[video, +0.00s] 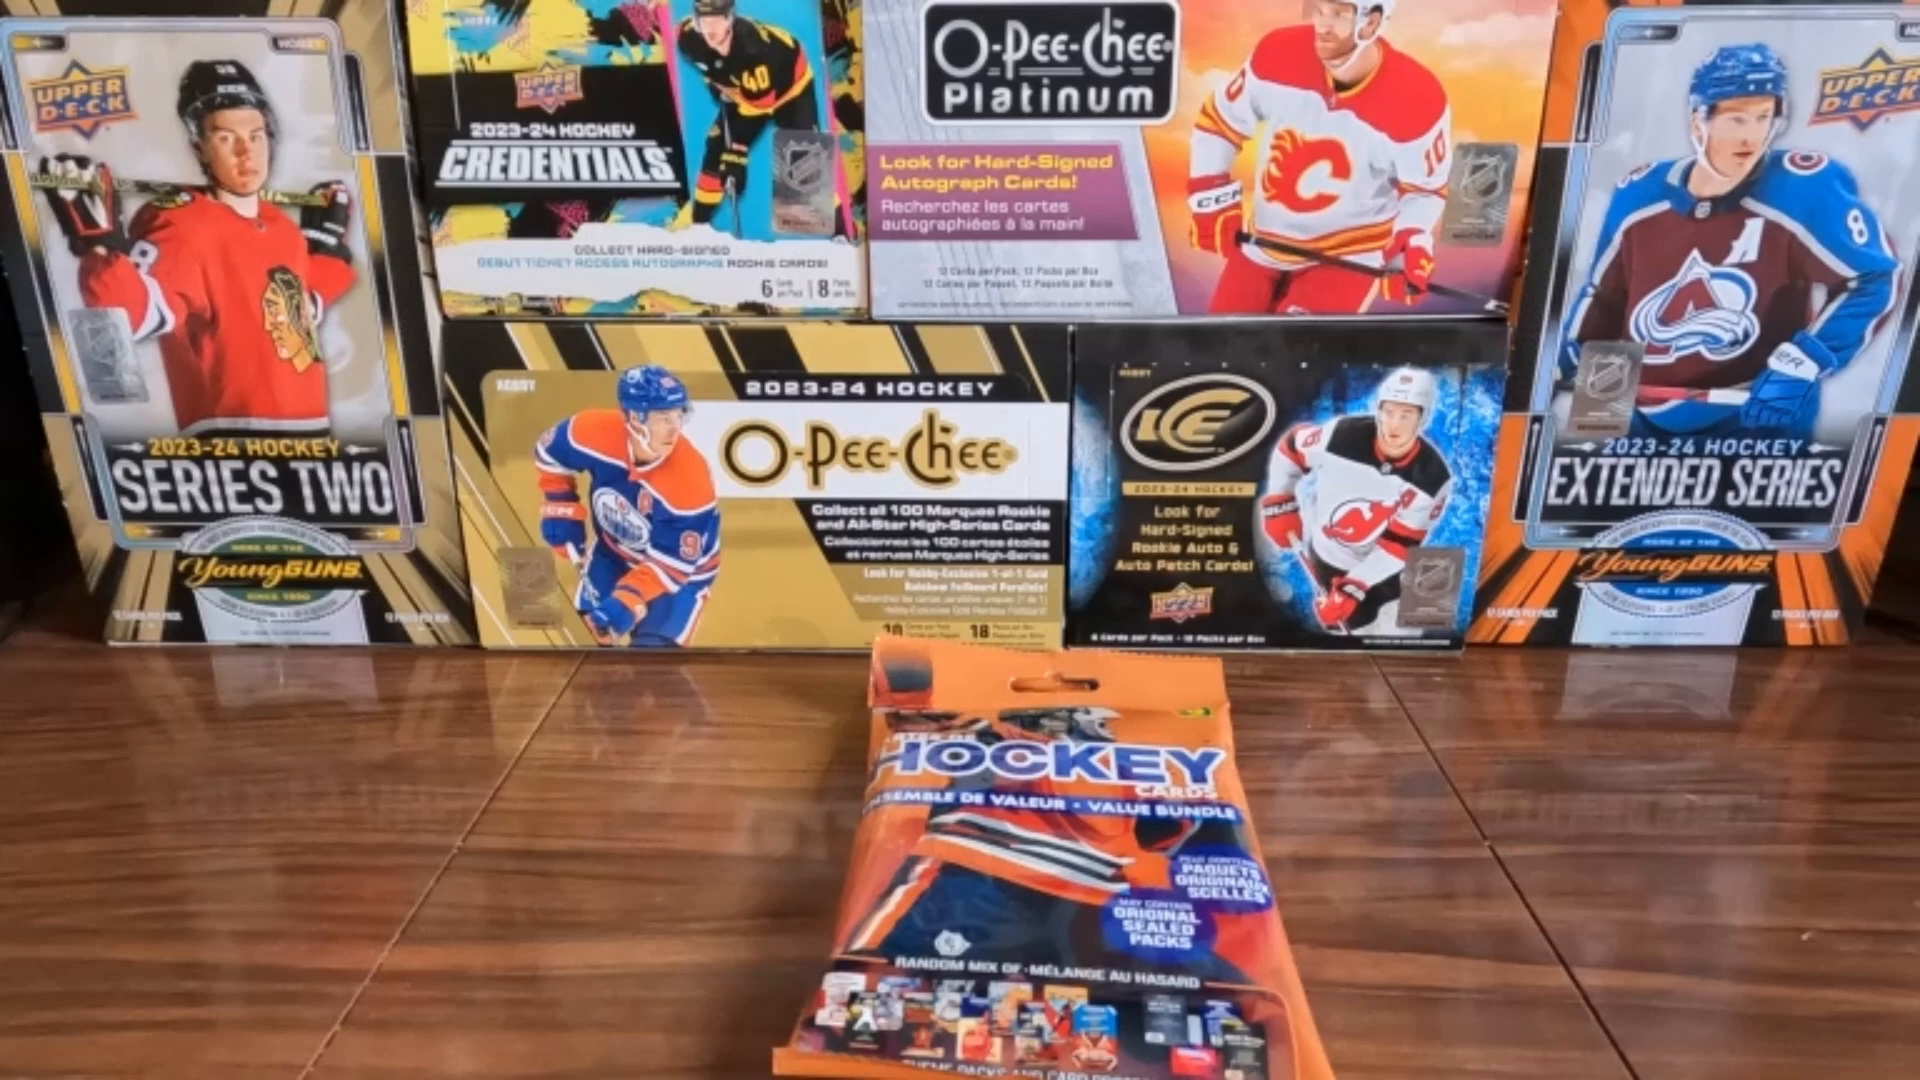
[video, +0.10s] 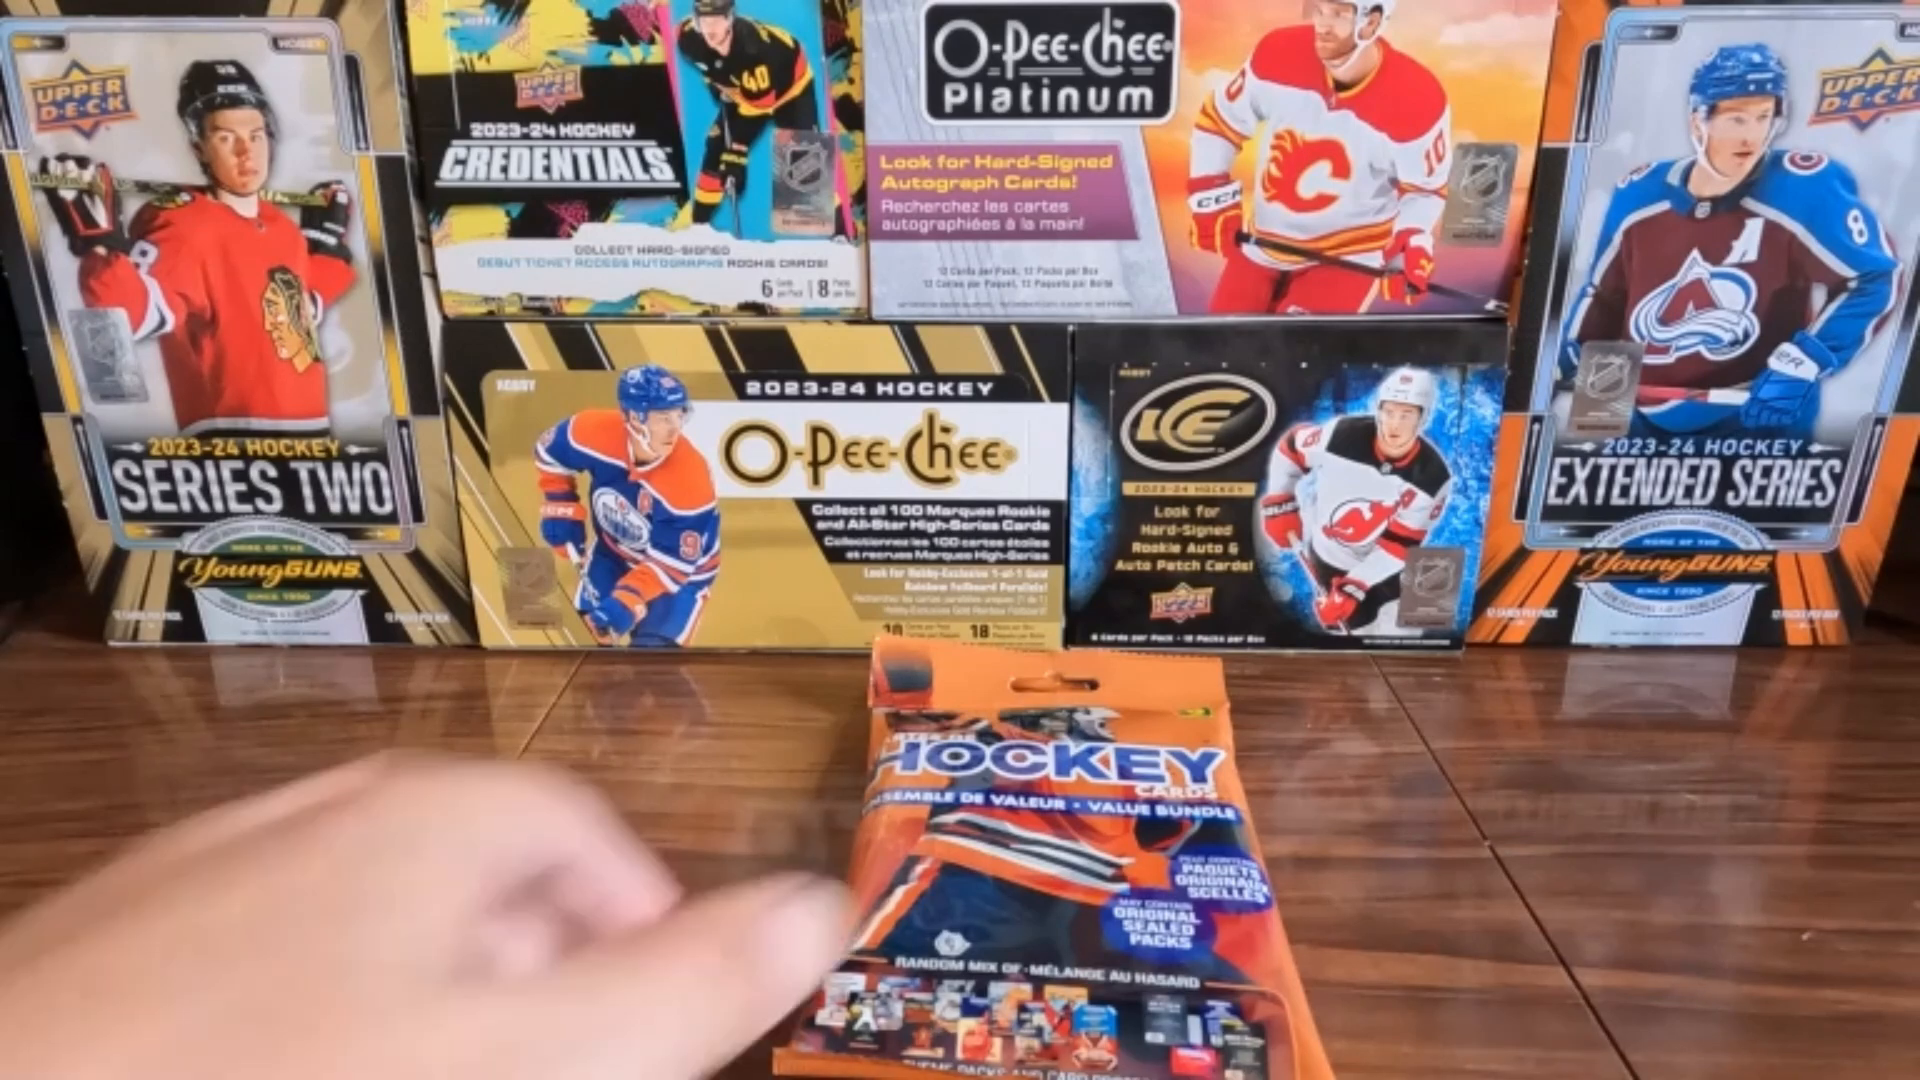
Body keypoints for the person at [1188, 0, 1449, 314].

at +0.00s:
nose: (1323, 26)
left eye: (1339, 14)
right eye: (1318, 11)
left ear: (1373, 23)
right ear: (1309, 10)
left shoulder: (1416, 96)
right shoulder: (1277, 56)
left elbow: (1424, 190)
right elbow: (1216, 124)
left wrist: (1414, 250)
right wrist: (1213, 202)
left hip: (1347, 260)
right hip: (1261, 247)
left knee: (1285, 361)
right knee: (1218, 354)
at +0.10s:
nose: (1323, 26)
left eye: (1339, 14)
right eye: (1318, 11)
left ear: (1372, 23)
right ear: (1309, 10)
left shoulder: (1416, 96)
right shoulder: (1276, 55)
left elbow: (1424, 190)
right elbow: (1216, 124)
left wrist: (1415, 248)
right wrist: (1213, 202)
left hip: (1348, 260)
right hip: (1262, 247)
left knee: (1284, 362)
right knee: (1218, 354)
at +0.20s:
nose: (1323, 26)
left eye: (1339, 14)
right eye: (1318, 11)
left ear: (1373, 23)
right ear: (1309, 10)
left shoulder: (1416, 96)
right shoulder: (1277, 55)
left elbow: (1424, 190)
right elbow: (1216, 124)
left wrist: (1414, 249)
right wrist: (1213, 202)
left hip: (1348, 260)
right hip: (1261, 247)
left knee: (1286, 361)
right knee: (1218, 355)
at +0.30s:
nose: (1323, 26)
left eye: (1339, 15)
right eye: (1318, 11)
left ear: (1372, 22)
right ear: (1310, 10)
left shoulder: (1416, 96)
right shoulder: (1276, 56)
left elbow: (1424, 190)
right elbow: (1216, 124)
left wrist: (1414, 248)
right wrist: (1213, 202)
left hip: (1348, 260)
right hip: (1261, 247)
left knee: (1285, 362)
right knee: (1218, 354)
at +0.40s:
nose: (1323, 26)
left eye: (1339, 15)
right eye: (1318, 11)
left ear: (1373, 22)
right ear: (1310, 10)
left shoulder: (1416, 96)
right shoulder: (1276, 55)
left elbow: (1424, 190)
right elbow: (1216, 125)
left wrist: (1414, 248)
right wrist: (1213, 203)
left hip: (1348, 259)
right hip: (1262, 246)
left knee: (1286, 363)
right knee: (1218, 357)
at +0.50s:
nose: (1323, 26)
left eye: (1339, 14)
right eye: (1318, 11)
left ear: (1373, 22)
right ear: (1310, 10)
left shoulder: (1416, 95)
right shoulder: (1276, 56)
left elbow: (1424, 190)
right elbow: (1216, 124)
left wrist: (1414, 248)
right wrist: (1213, 202)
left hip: (1348, 260)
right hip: (1261, 247)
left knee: (1285, 364)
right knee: (1219, 357)